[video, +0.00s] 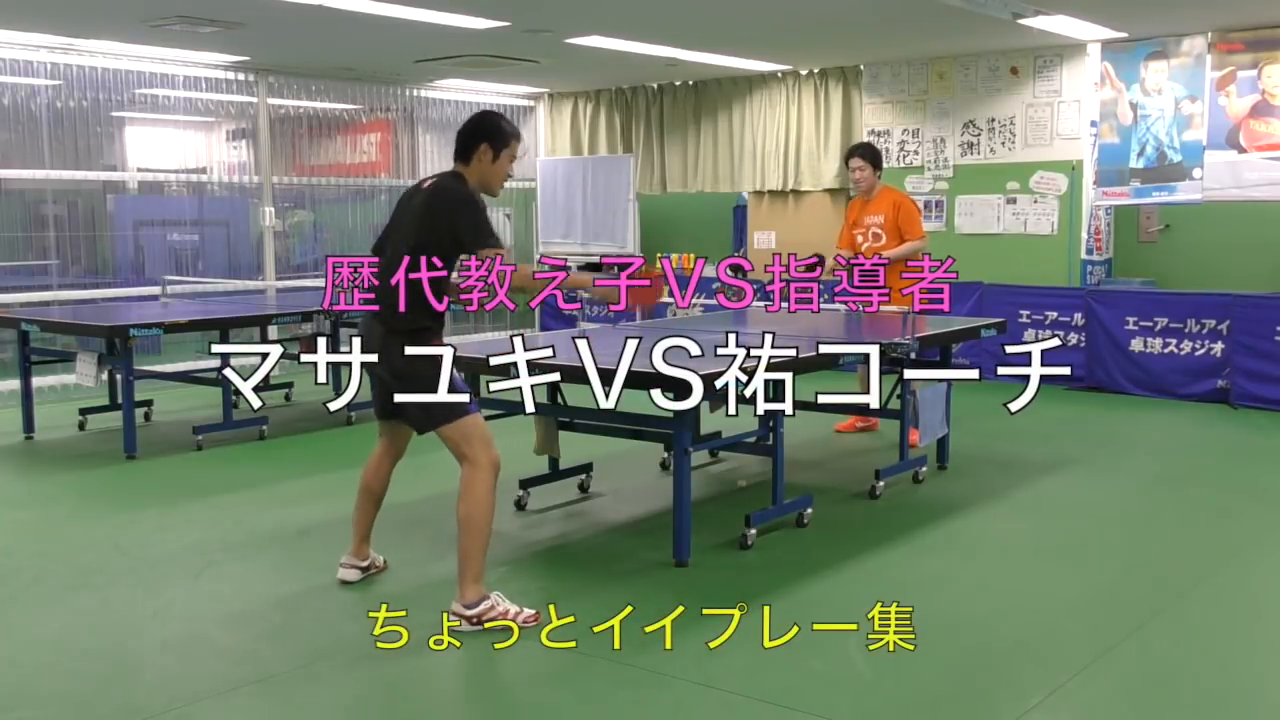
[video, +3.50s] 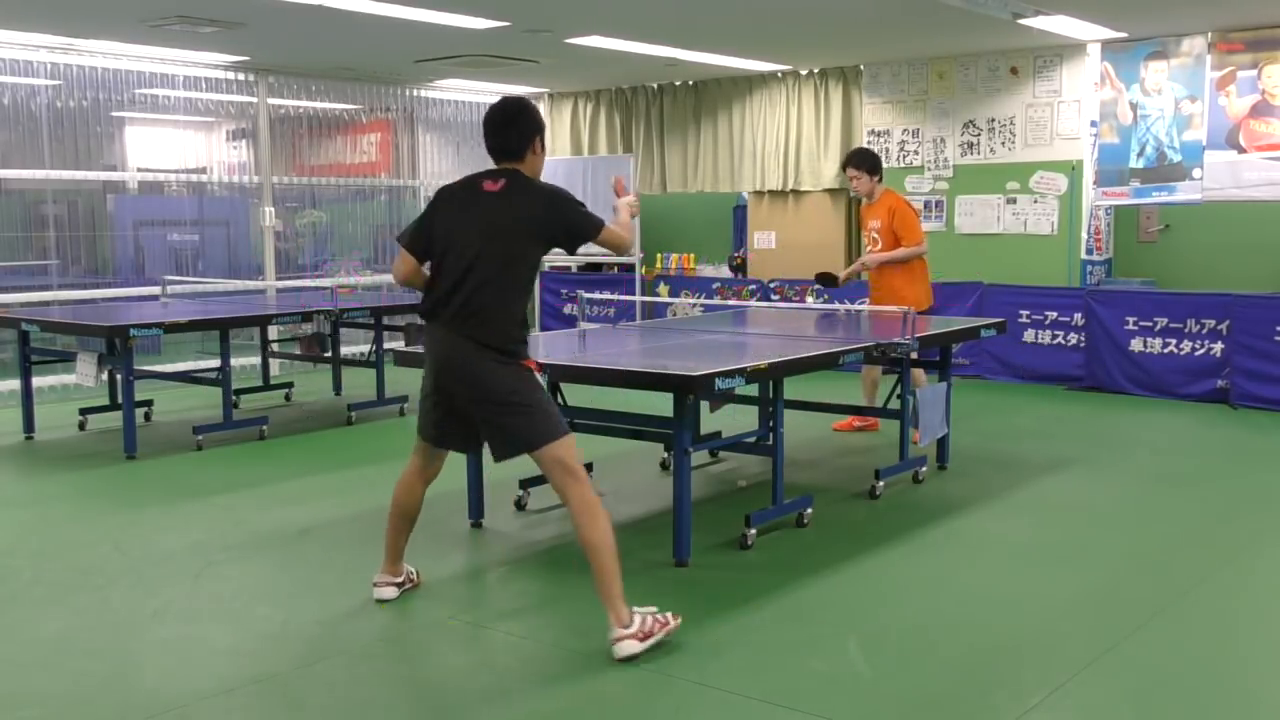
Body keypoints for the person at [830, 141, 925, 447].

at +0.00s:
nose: (856, 175)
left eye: (861, 169)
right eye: (852, 170)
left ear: (877, 170)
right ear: (848, 173)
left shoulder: (899, 201)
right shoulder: (854, 206)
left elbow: (919, 243)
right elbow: (846, 249)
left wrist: (884, 255)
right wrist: (836, 262)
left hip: (901, 296)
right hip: (868, 297)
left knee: (908, 361)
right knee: (865, 355)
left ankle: (913, 423)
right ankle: (865, 414)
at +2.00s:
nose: (842, 185)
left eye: (846, 179)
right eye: (840, 179)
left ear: (864, 178)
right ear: (848, 180)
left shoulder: (895, 204)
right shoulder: (851, 211)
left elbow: (916, 243)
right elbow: (837, 251)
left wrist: (888, 254)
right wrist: (802, 260)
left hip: (905, 298)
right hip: (872, 298)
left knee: (914, 360)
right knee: (869, 355)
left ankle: (925, 420)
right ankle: (867, 413)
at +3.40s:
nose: (855, 179)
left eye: (859, 173)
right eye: (851, 174)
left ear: (876, 172)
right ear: (851, 176)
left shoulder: (898, 202)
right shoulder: (863, 208)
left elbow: (920, 242)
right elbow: (868, 253)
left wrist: (881, 254)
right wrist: (841, 275)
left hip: (907, 298)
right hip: (878, 298)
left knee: (909, 358)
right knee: (871, 354)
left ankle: (928, 417)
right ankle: (867, 413)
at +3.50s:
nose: (853, 185)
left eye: (857, 179)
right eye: (850, 179)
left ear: (874, 176)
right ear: (850, 179)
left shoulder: (897, 205)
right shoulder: (866, 208)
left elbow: (919, 247)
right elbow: (876, 250)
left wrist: (878, 258)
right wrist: (852, 270)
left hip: (908, 300)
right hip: (880, 298)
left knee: (909, 360)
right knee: (871, 356)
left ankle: (928, 419)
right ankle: (868, 414)